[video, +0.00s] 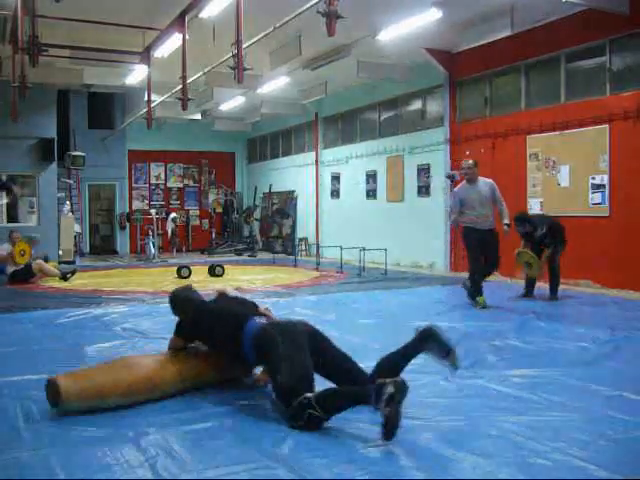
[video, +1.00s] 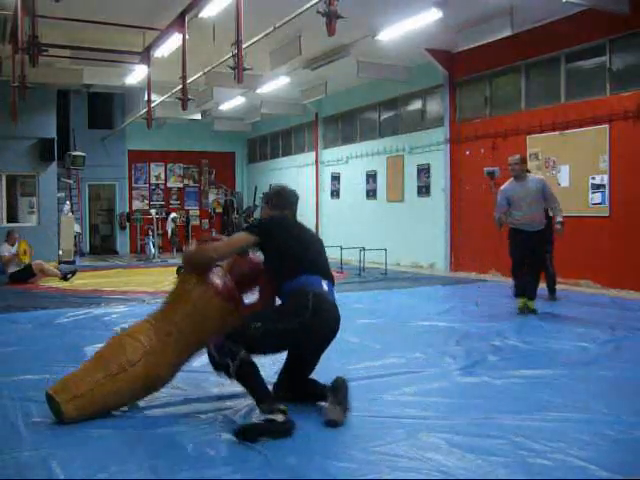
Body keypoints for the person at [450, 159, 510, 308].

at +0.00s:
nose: (466, 172)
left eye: (469, 168)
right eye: (464, 169)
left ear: (476, 170)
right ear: (461, 171)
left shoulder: (489, 184)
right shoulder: (458, 191)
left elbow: (501, 203)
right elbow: (453, 212)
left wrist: (505, 220)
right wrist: (455, 220)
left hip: (489, 228)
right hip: (470, 228)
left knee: (492, 263)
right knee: (476, 263)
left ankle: (472, 282)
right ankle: (477, 295)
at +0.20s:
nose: (473, 170)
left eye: (476, 167)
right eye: (471, 167)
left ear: (483, 168)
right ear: (468, 170)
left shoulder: (496, 183)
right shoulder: (464, 190)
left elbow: (507, 203)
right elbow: (459, 212)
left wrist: (513, 220)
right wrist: (461, 219)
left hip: (496, 227)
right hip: (477, 227)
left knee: (505, 259)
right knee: (478, 263)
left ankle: (501, 290)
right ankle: (478, 296)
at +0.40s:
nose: (481, 170)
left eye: (484, 167)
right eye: (479, 167)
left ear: (492, 168)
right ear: (477, 170)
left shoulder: (505, 184)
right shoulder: (473, 189)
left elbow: (516, 203)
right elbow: (468, 212)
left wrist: (521, 222)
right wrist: (470, 218)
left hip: (505, 228)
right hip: (484, 229)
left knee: (515, 263)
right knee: (482, 266)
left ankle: (523, 294)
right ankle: (479, 296)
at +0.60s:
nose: (493, 170)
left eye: (496, 166)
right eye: (491, 167)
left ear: (504, 167)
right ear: (489, 169)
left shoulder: (519, 185)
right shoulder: (485, 191)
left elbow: (530, 205)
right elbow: (480, 214)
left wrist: (534, 224)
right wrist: (481, 220)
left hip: (519, 230)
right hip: (497, 231)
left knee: (526, 266)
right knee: (491, 264)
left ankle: (527, 298)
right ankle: (482, 295)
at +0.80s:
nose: (504, 170)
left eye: (507, 166)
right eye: (502, 167)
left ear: (516, 166)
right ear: (500, 169)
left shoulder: (531, 184)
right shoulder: (497, 191)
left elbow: (545, 204)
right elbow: (492, 215)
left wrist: (549, 222)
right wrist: (492, 221)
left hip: (531, 229)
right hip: (510, 230)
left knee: (532, 266)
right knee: (506, 263)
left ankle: (529, 300)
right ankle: (492, 290)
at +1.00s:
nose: (512, 168)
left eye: (516, 164)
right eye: (510, 165)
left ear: (524, 166)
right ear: (509, 168)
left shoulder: (539, 183)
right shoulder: (505, 189)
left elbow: (553, 202)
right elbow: (500, 211)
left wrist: (558, 220)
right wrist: (499, 219)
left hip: (538, 229)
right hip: (518, 229)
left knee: (536, 265)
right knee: (519, 264)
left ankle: (530, 299)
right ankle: (521, 298)